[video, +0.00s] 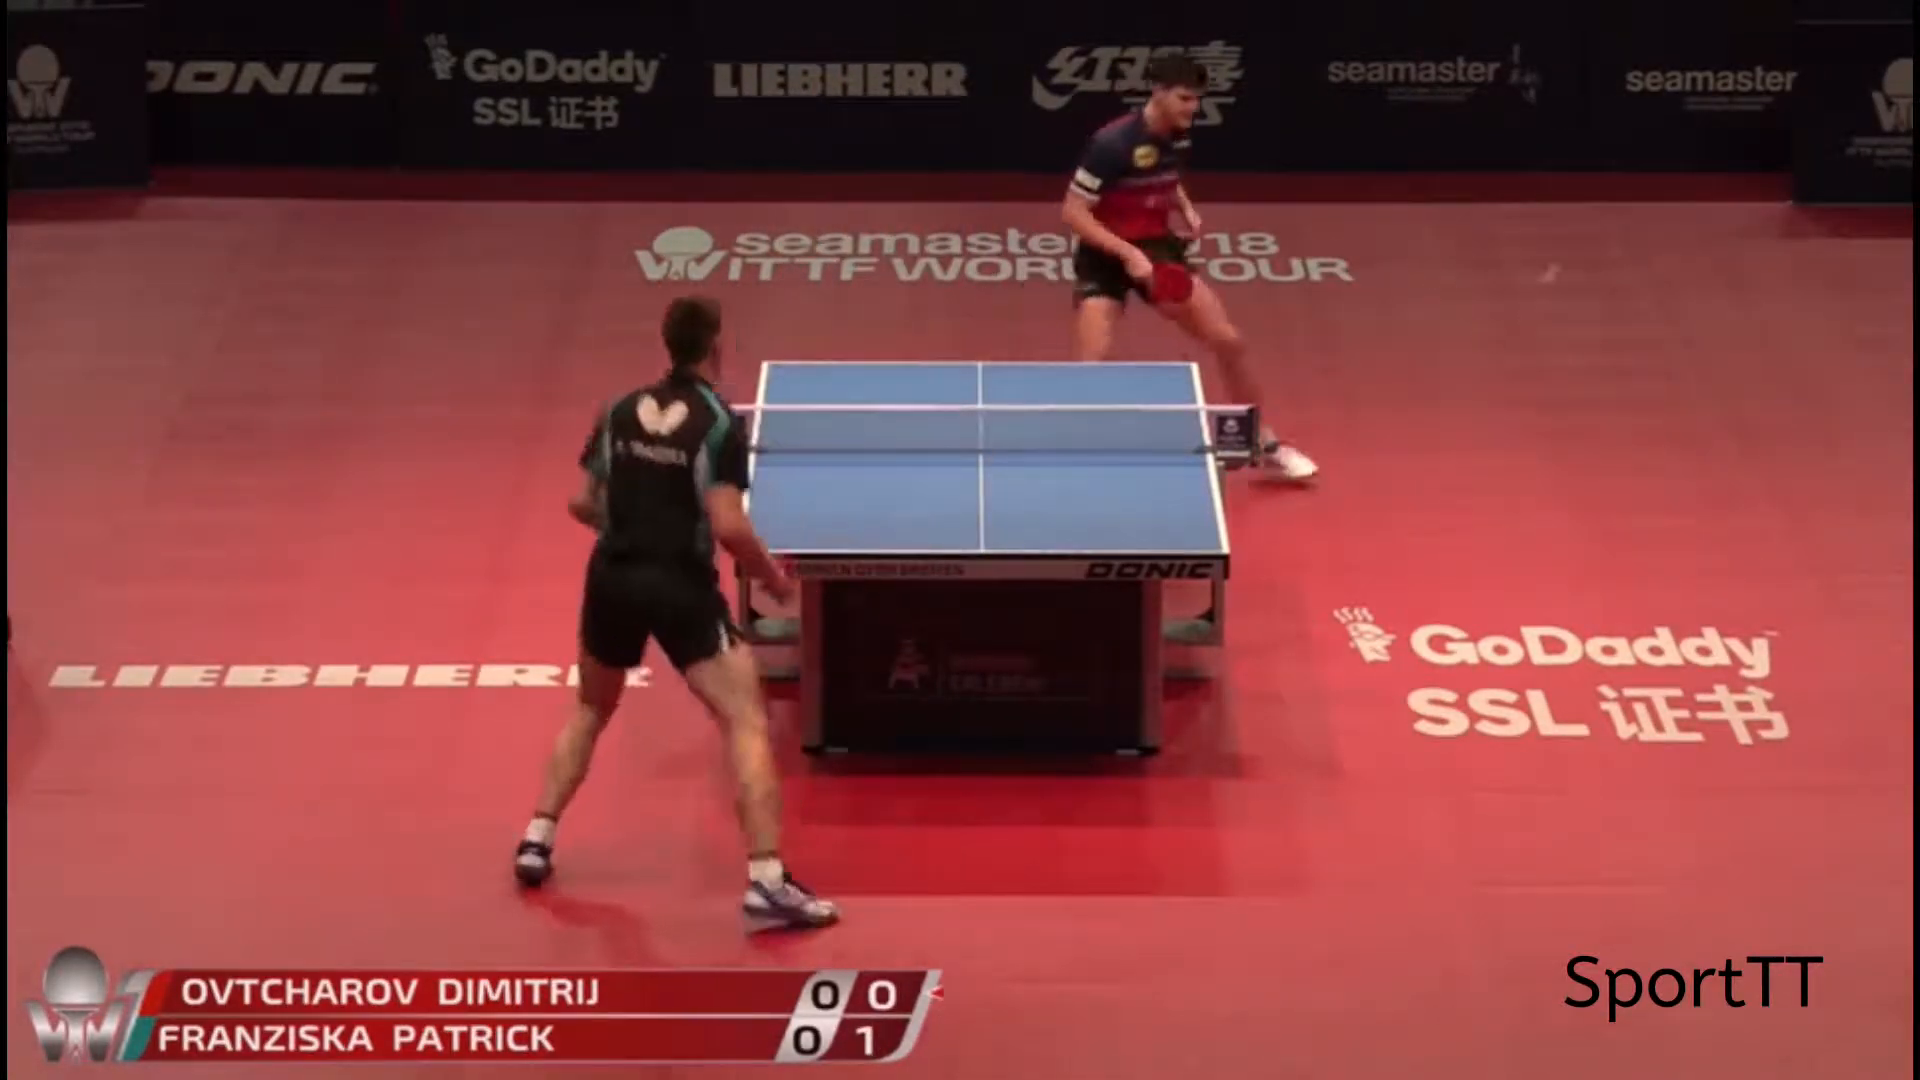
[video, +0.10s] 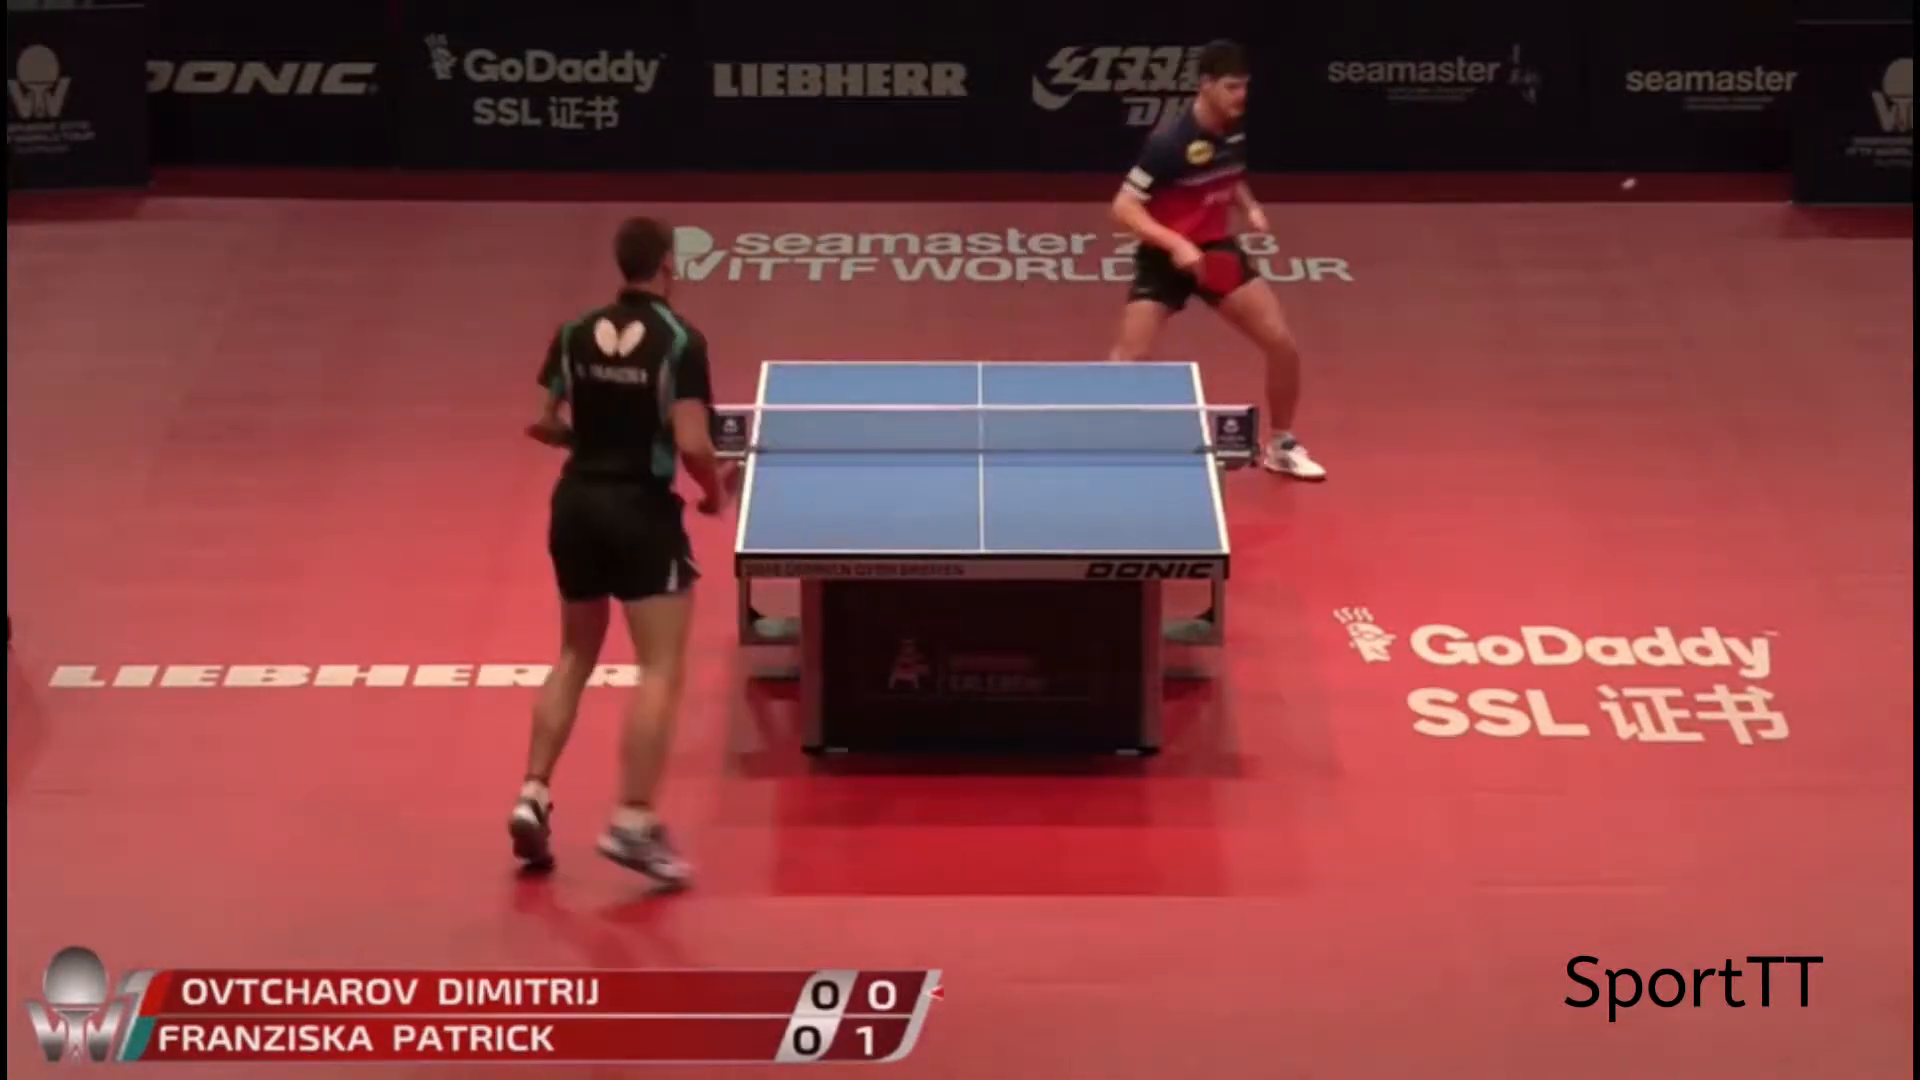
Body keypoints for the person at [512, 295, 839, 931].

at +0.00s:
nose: (725, 355)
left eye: (720, 346)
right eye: (723, 347)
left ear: (666, 348)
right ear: (713, 351)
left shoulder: (619, 411)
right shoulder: (720, 421)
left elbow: (585, 503)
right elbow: (728, 524)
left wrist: (634, 527)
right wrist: (769, 573)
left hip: (611, 579)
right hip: (683, 586)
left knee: (589, 710)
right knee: (746, 722)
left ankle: (538, 838)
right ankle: (767, 878)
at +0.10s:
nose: (676, 272)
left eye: (669, 262)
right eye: (675, 263)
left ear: (618, 266)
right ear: (665, 268)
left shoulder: (575, 334)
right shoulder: (679, 340)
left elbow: (543, 422)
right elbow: (692, 443)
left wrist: (592, 441)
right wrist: (714, 486)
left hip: (575, 506)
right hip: (643, 511)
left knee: (575, 655)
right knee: (658, 670)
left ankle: (534, 792)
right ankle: (634, 822)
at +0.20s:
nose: (668, 262)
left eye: (661, 252)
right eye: (665, 253)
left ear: (608, 256)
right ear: (656, 258)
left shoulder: (567, 324)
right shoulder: (673, 332)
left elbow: (533, 414)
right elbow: (690, 434)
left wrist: (587, 430)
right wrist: (702, 478)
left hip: (568, 498)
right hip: (634, 504)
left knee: (571, 643)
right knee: (637, 664)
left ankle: (527, 783)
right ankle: (597, 811)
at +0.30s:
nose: (629, 278)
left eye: (617, 269)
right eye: (628, 270)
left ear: (571, 277)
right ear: (621, 276)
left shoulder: (536, 342)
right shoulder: (646, 348)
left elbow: (497, 434)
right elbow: (680, 451)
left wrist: (547, 448)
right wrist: (658, 474)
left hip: (533, 508)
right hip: (598, 518)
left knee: (523, 648)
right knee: (564, 678)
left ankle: (495, 783)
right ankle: (503, 823)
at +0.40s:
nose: (618, 291)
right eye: (619, 282)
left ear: (564, 288)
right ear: (615, 287)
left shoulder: (530, 353)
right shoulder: (639, 360)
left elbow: (492, 445)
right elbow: (676, 460)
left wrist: (543, 459)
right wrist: (649, 473)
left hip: (524, 520)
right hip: (591, 531)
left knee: (511, 653)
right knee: (555, 688)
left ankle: (487, 777)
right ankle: (496, 838)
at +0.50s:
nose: (596, 280)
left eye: (584, 270)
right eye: (599, 271)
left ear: (549, 272)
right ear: (595, 275)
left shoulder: (507, 338)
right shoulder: (619, 349)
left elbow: (468, 427)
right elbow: (640, 451)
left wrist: (515, 447)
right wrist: (603, 450)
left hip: (504, 506)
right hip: (574, 516)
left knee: (497, 629)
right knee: (572, 668)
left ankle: (479, 760)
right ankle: (518, 791)